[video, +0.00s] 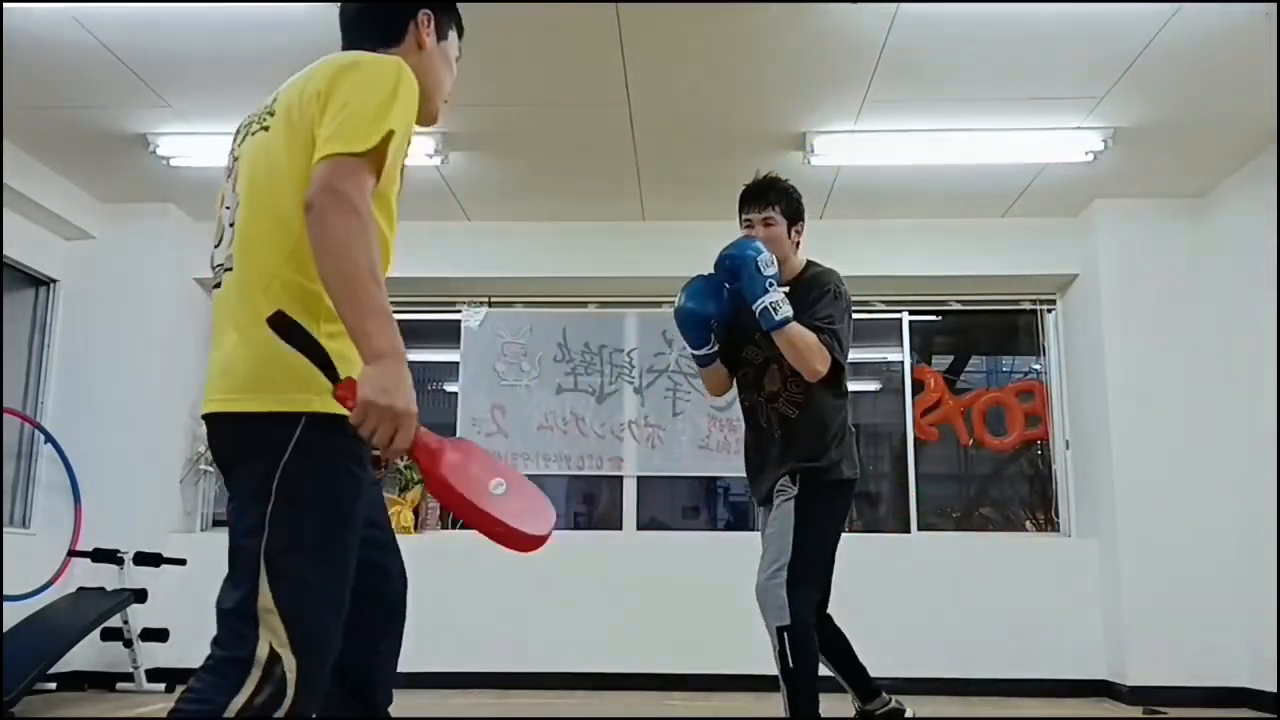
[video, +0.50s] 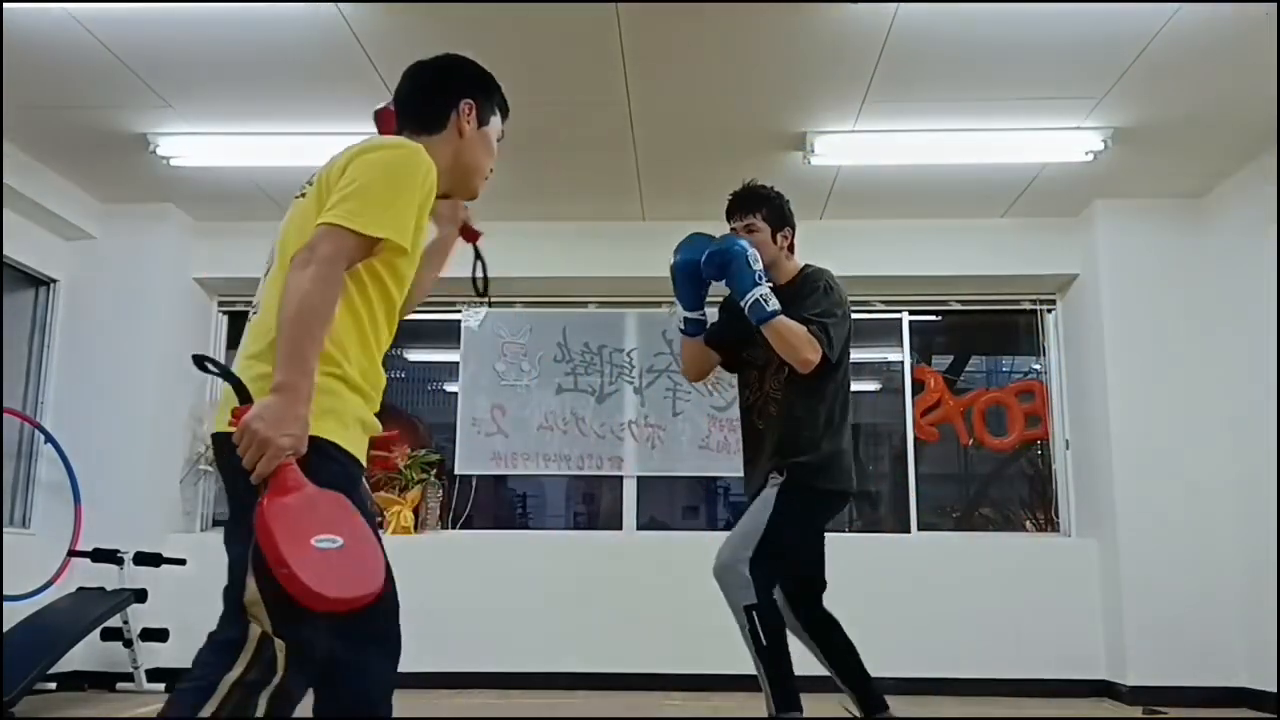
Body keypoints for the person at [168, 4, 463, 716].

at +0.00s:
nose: (452, 82)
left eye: (457, 61)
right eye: (454, 55)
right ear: (425, 29)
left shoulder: (285, 110)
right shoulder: (377, 74)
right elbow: (336, 198)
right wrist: (387, 358)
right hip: (292, 399)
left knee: (374, 609)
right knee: (268, 656)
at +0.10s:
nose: (447, 85)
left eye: (451, 65)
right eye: (449, 60)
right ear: (417, 33)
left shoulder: (279, 110)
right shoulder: (358, 75)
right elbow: (306, 204)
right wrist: (349, 363)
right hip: (279, 408)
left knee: (363, 614)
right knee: (277, 664)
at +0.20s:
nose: (445, 107)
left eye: (450, 85)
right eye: (448, 81)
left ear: (360, 54)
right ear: (416, 56)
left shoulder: (279, 127)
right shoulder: (357, 100)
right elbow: (292, 226)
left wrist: (349, 422)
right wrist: (310, 384)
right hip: (281, 426)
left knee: (357, 638)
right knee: (299, 669)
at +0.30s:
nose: (455, 134)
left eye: (459, 114)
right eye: (457, 108)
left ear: (363, 82)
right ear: (426, 83)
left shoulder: (284, 159)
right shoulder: (366, 126)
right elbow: (293, 245)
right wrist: (285, 398)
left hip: (250, 434)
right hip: (304, 437)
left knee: (289, 672)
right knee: (329, 676)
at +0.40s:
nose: (477, 151)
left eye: (480, 133)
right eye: (477, 127)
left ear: (385, 104)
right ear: (446, 106)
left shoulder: (312, 175)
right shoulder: (387, 151)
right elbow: (307, 261)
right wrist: (274, 402)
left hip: (293, 447)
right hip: (304, 447)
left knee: (364, 643)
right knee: (300, 669)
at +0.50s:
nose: (495, 158)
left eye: (499, 141)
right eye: (497, 136)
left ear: (424, 116)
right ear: (465, 118)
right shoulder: (401, 160)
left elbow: (385, 313)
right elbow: (319, 265)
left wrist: (448, 234)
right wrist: (288, 400)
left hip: (301, 434)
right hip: (305, 433)